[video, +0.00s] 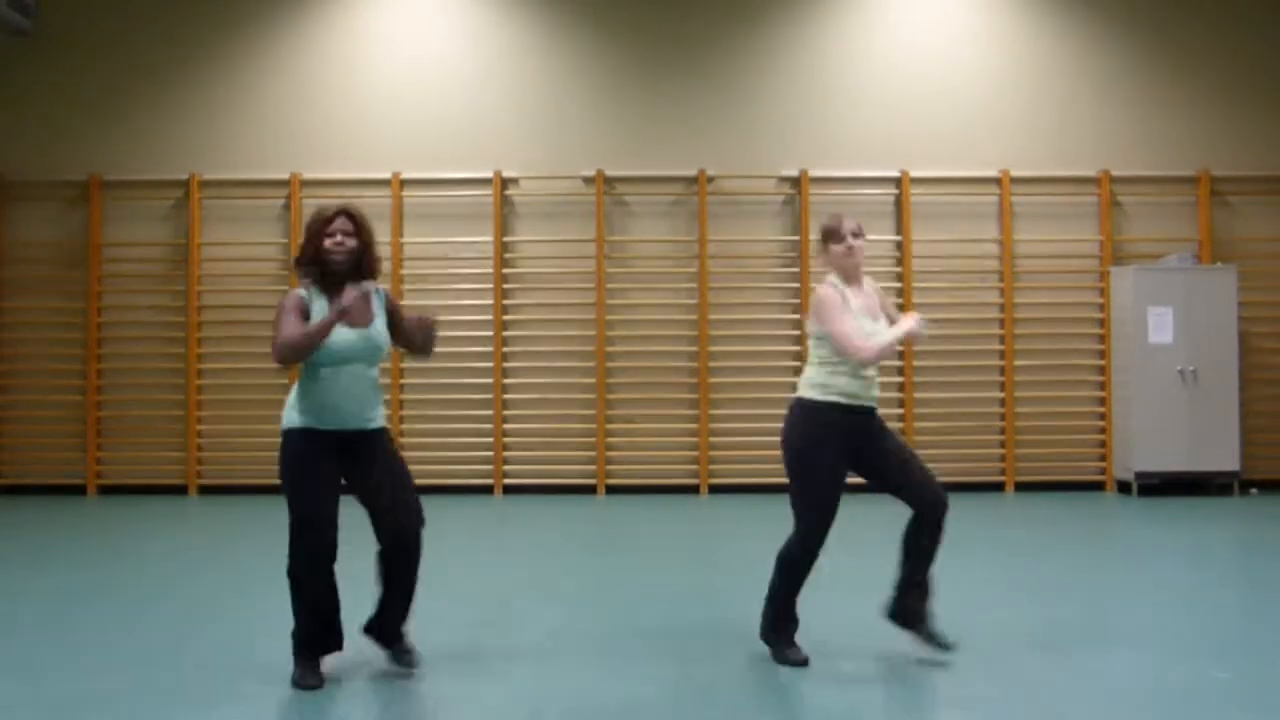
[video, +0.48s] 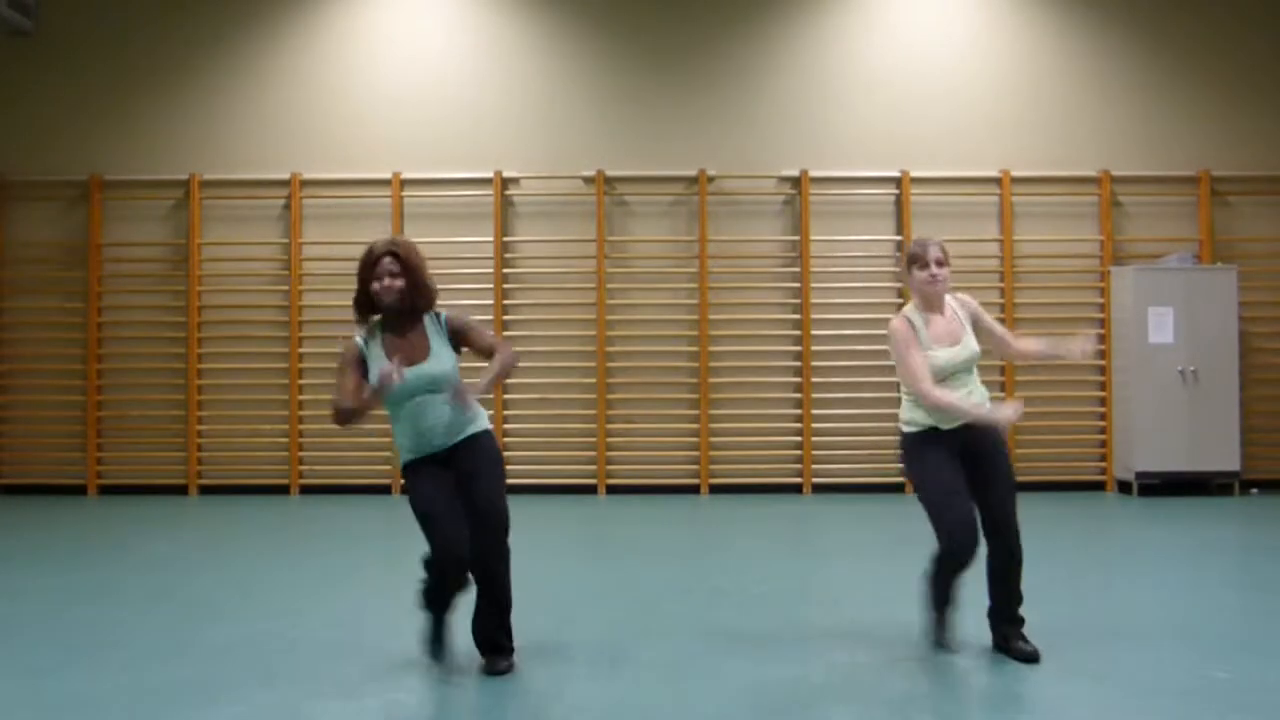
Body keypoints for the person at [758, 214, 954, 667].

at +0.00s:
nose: (850, 245)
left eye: (856, 237)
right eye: (839, 240)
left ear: (866, 243)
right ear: (825, 252)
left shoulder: (872, 291)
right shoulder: (826, 295)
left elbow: (885, 340)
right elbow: (861, 351)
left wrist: (901, 330)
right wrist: (904, 329)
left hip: (861, 422)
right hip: (816, 423)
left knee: (931, 502)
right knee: (810, 532)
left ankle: (909, 606)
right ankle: (776, 629)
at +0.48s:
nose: (934, 272)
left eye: (940, 264)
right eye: (923, 266)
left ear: (950, 269)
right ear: (908, 275)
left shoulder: (963, 307)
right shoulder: (903, 326)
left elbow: (1011, 348)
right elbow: (926, 392)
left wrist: (1066, 348)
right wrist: (989, 413)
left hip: (977, 429)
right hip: (927, 437)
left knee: (1004, 532)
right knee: (960, 541)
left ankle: (1007, 629)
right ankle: (940, 606)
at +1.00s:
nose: (887, 257)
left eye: (896, 251)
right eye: (880, 251)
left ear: (912, 259)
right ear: (871, 259)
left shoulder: (918, 304)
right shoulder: (862, 295)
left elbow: (861, 323)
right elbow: (812, 289)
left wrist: (798, 291)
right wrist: (773, 270)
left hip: (909, 434)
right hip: (852, 428)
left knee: (937, 537)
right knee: (827, 530)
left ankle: (1007, 627)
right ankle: (823, 631)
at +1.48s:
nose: (787, 242)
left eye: (799, 237)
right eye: (781, 235)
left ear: (814, 249)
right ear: (770, 243)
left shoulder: (812, 288)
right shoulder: (764, 279)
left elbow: (751, 273)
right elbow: (722, 264)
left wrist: (707, 223)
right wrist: (688, 238)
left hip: (818, 426)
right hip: (761, 426)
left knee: (849, 529)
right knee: (712, 524)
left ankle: (877, 636)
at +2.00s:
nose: (707, 258)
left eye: (713, 250)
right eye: (696, 255)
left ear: (727, 258)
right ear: (685, 270)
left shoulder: (752, 292)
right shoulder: (682, 319)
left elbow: (803, 309)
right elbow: (700, 376)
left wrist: (800, 327)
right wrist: (747, 340)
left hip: (732, 433)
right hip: (679, 429)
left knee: (748, 539)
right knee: (657, 533)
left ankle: (705, 616)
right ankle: (633, 634)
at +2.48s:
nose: (800, 251)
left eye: (805, 242)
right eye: (789, 245)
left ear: (815, 246)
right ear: (775, 254)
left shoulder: (826, 292)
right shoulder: (778, 301)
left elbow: (852, 337)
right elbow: (787, 366)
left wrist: (880, 357)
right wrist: (851, 368)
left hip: (826, 422)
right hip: (783, 425)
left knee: (840, 527)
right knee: (813, 531)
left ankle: (813, 622)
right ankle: (772, 623)